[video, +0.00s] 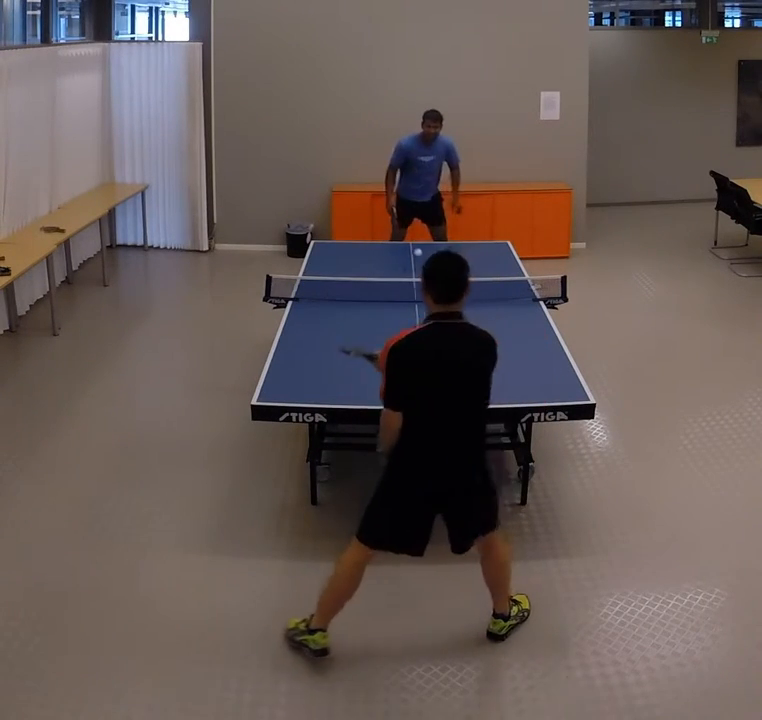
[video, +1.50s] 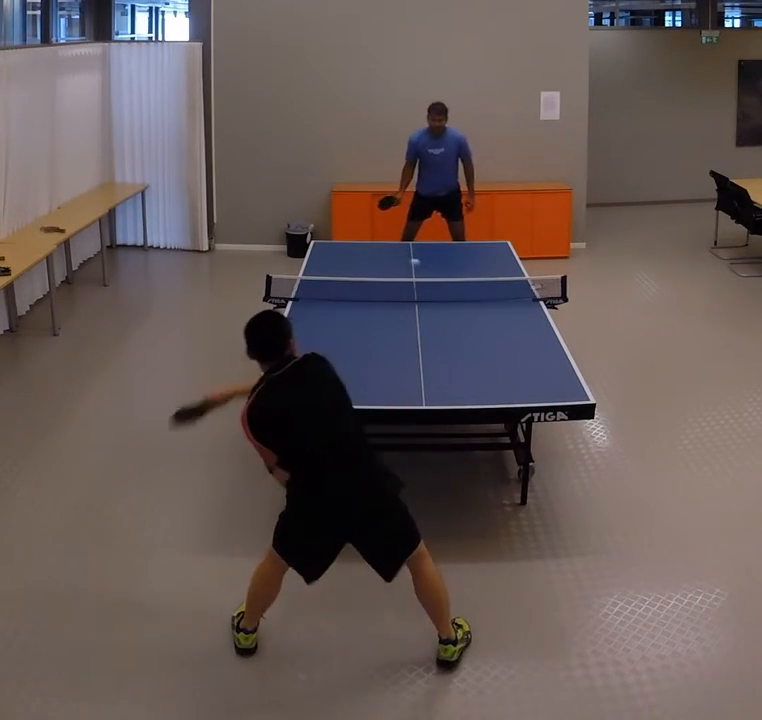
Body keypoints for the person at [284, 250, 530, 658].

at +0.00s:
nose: (425, 290)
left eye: (424, 284)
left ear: (424, 290)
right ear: (466, 290)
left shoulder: (403, 349)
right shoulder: (485, 344)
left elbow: (392, 423)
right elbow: (454, 381)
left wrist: (388, 455)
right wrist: (393, 364)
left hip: (413, 465)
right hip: (465, 463)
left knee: (361, 549)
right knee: (488, 535)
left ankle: (317, 627)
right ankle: (503, 612)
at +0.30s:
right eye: (415, 291)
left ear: (375, 296)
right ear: (420, 297)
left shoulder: (346, 353)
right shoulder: (442, 357)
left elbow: (329, 425)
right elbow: (466, 422)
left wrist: (336, 463)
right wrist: (431, 426)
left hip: (356, 479)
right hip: (416, 479)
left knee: (326, 555)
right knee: (451, 544)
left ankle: (308, 640)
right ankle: (454, 631)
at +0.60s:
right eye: (416, 301)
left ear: (377, 305)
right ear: (421, 306)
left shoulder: (345, 360)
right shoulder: (440, 370)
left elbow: (324, 428)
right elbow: (462, 441)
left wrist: (335, 462)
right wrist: (432, 414)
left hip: (345, 488)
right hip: (407, 491)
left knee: (304, 564)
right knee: (432, 555)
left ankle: (271, 642)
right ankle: (440, 640)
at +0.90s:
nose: (419, 301)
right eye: (420, 296)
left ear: (377, 298)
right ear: (419, 301)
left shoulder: (340, 351)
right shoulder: (433, 365)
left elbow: (314, 417)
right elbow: (458, 411)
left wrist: (334, 447)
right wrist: (453, 371)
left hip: (335, 482)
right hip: (394, 487)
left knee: (298, 555)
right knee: (425, 557)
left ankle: (267, 636)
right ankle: (440, 639)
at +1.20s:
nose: (409, 320)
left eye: (408, 312)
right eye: (407, 313)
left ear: (364, 317)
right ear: (394, 317)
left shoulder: (331, 361)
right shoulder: (400, 381)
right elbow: (427, 455)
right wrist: (489, 488)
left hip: (315, 487)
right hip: (371, 496)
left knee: (283, 546)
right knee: (426, 553)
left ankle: (247, 626)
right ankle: (441, 641)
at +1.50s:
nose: (293, 341)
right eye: (291, 337)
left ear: (252, 355)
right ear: (292, 342)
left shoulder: (256, 414)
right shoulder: (318, 366)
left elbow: (279, 469)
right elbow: (276, 385)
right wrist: (223, 397)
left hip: (314, 498)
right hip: (367, 482)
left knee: (277, 560)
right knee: (416, 555)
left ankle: (246, 629)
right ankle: (448, 639)